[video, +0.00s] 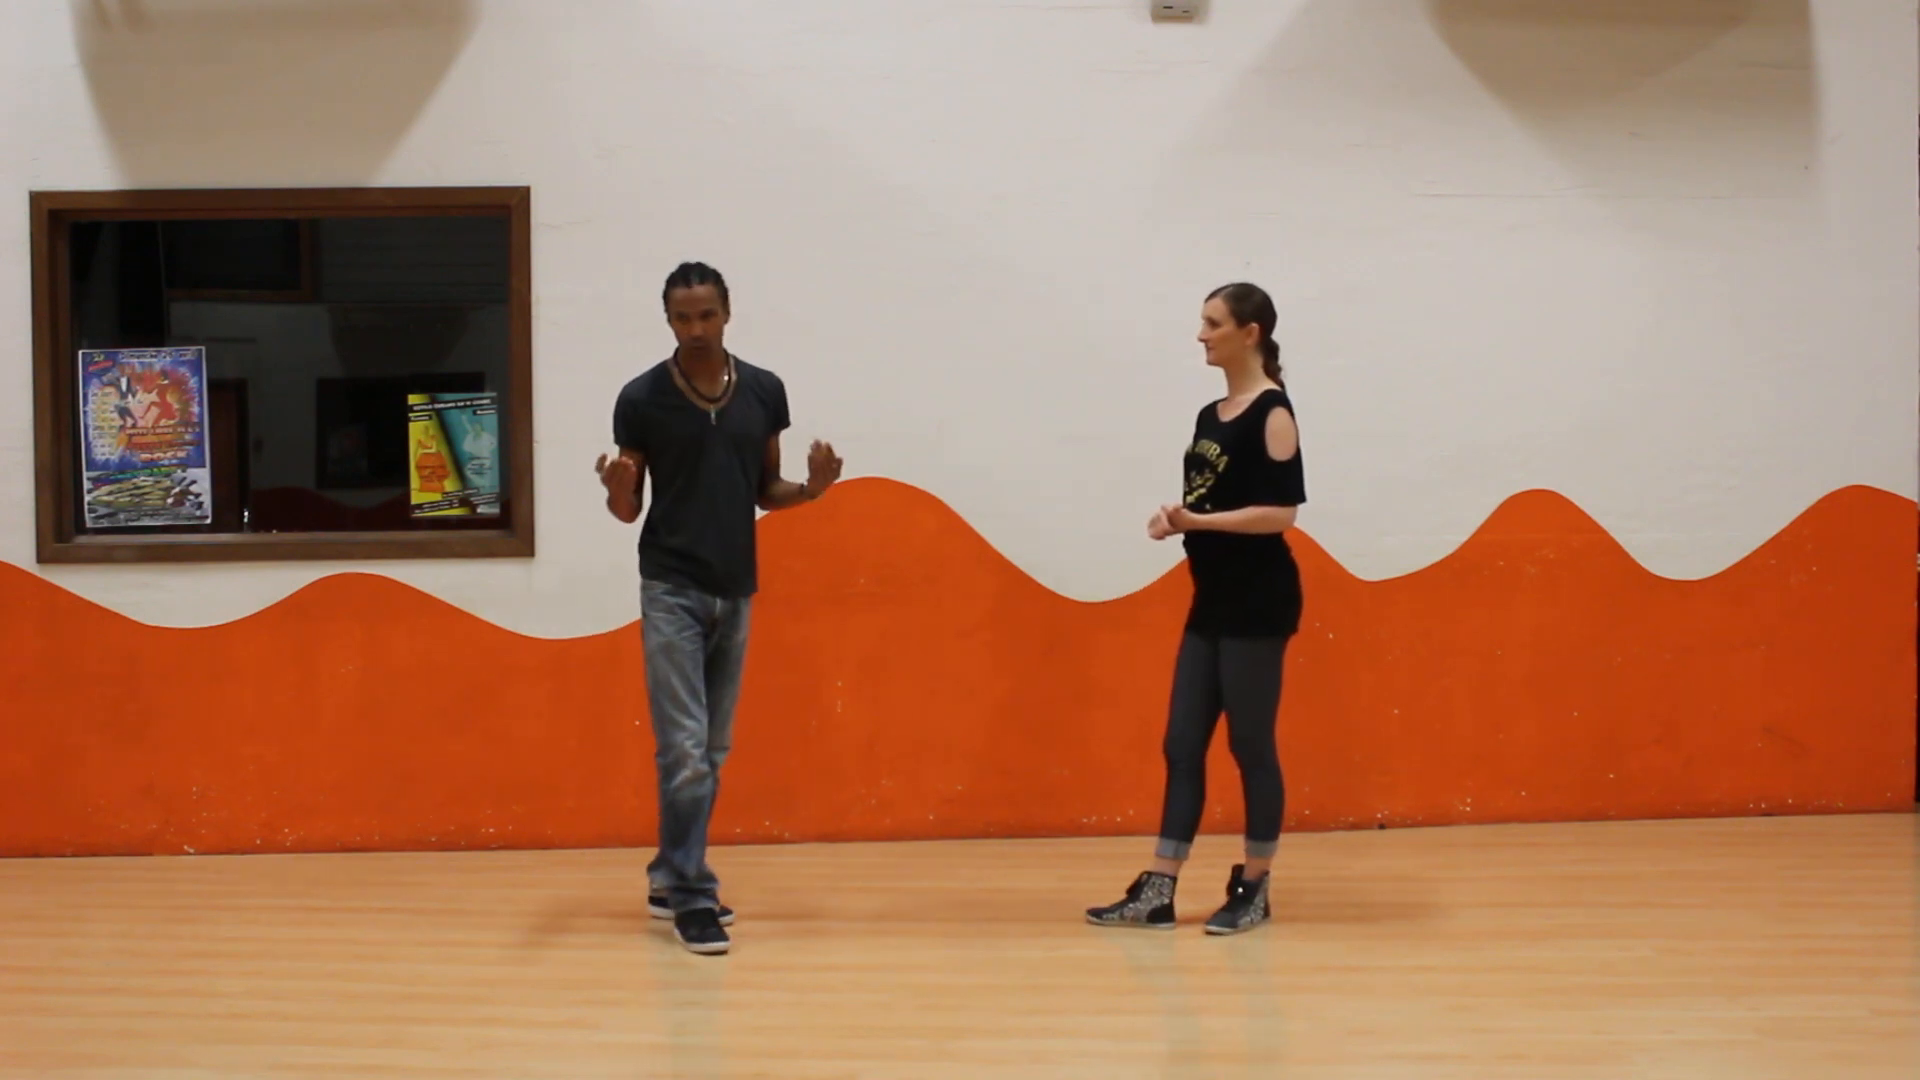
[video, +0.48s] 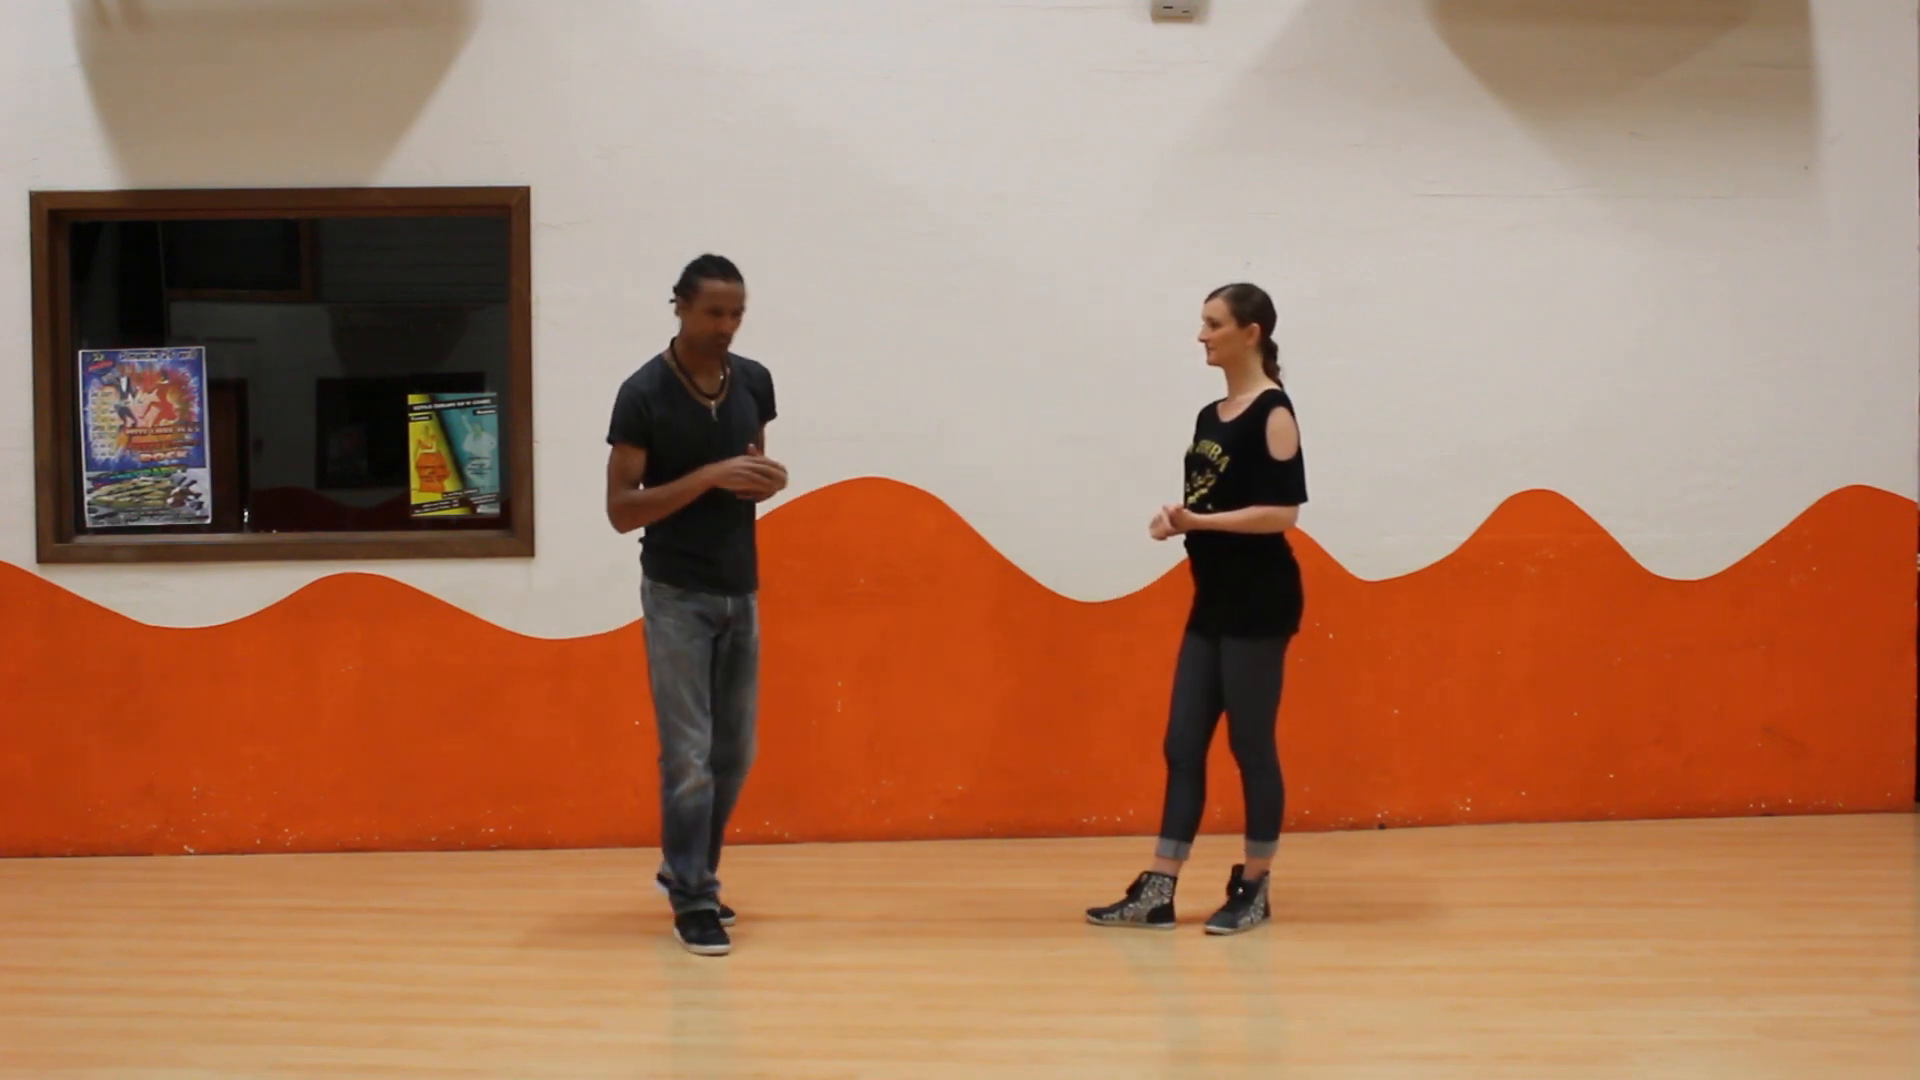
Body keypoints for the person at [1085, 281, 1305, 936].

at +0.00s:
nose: (1201, 335)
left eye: (1213, 325)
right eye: (1203, 324)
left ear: (1252, 333)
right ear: (1238, 333)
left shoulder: (1275, 415)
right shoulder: (1212, 413)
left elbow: (1281, 514)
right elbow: (1216, 503)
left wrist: (1197, 521)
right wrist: (1178, 516)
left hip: (1258, 604)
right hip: (1211, 599)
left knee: (1253, 745)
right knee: (1182, 746)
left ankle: (1252, 889)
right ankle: (1158, 890)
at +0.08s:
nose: (1201, 335)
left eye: (1213, 325)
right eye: (1203, 324)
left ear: (1253, 333)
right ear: (1238, 333)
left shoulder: (1275, 415)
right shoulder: (1212, 414)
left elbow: (1281, 514)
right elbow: (1216, 504)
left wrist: (1198, 521)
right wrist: (1178, 516)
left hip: (1258, 604)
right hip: (1211, 599)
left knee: (1253, 745)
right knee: (1182, 745)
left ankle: (1252, 890)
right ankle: (1158, 890)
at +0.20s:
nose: (1201, 335)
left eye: (1213, 325)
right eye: (1203, 324)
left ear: (1253, 333)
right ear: (1237, 333)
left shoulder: (1275, 415)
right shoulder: (1212, 414)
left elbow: (1282, 514)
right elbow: (1216, 504)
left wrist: (1198, 521)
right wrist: (1179, 516)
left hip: (1259, 604)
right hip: (1212, 599)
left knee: (1253, 745)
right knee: (1182, 745)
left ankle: (1252, 890)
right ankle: (1158, 890)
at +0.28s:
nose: (1202, 335)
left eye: (1214, 325)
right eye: (1203, 324)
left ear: (1253, 333)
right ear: (1237, 333)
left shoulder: (1275, 415)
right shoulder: (1211, 414)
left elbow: (1282, 514)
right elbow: (1216, 504)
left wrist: (1198, 521)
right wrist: (1179, 516)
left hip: (1259, 604)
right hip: (1212, 599)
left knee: (1253, 745)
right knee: (1183, 746)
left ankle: (1252, 890)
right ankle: (1158, 890)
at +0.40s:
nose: (1202, 336)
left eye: (1214, 325)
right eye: (1203, 324)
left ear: (1253, 333)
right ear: (1237, 334)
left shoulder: (1275, 415)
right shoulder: (1211, 414)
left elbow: (1282, 514)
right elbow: (1216, 504)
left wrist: (1198, 521)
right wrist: (1179, 516)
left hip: (1259, 604)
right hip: (1212, 599)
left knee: (1253, 745)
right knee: (1183, 746)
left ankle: (1252, 890)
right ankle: (1158, 889)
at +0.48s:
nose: (1201, 336)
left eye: (1213, 326)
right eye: (1203, 325)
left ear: (1253, 332)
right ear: (1236, 334)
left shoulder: (1275, 415)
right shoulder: (1211, 414)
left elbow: (1283, 514)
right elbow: (1216, 504)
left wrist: (1198, 521)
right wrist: (1179, 516)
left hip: (1260, 604)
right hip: (1212, 599)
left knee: (1253, 745)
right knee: (1183, 745)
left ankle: (1252, 890)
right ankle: (1158, 889)